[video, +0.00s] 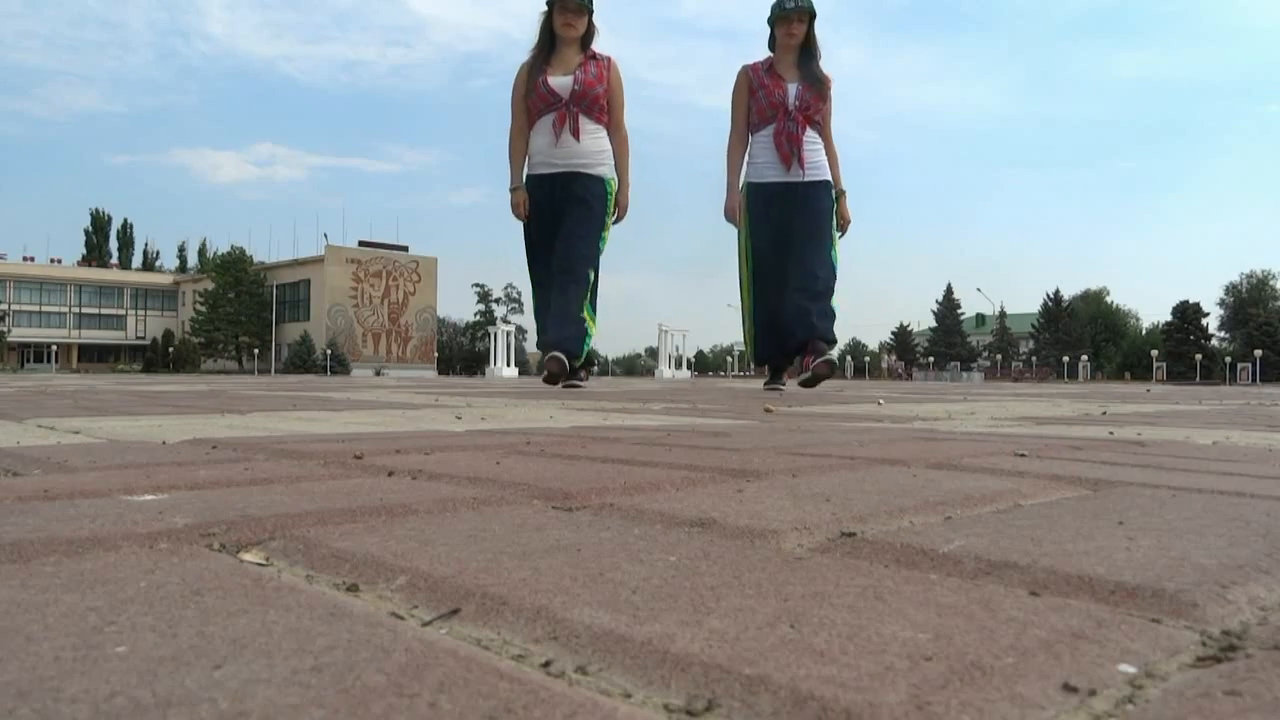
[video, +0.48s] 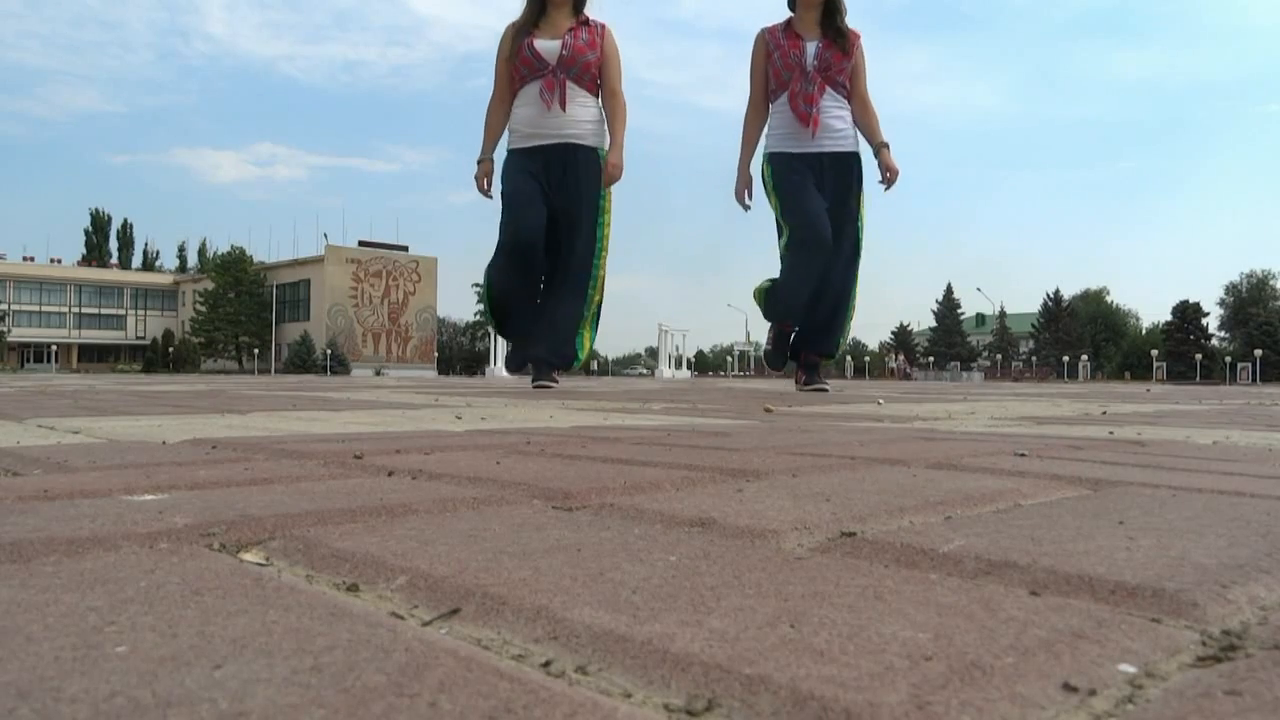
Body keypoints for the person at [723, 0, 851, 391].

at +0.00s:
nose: (792, 27)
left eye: (800, 21)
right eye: (785, 20)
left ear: (809, 27)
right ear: (773, 25)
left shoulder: (819, 80)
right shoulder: (750, 75)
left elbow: (826, 140)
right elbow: (738, 135)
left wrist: (840, 195)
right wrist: (732, 189)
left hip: (813, 186)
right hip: (764, 186)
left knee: (813, 269)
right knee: (769, 274)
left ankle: (815, 353)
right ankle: (776, 367)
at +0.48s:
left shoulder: (849, 39)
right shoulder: (769, 38)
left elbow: (860, 100)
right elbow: (758, 105)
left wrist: (881, 148)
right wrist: (744, 165)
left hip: (841, 159)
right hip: (787, 158)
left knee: (841, 256)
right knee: (814, 238)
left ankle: (812, 361)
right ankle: (782, 321)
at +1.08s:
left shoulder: (890, 5)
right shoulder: (790, 4)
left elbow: (895, 66)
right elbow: (780, 61)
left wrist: (916, 131)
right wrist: (763, 130)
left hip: (872, 124)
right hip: (808, 120)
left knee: (870, 242)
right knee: (817, 238)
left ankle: (843, 341)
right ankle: (846, 361)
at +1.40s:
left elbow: (906, 40)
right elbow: (780, 19)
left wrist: (927, 119)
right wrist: (774, 75)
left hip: (891, 89)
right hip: (820, 89)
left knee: (890, 215)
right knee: (831, 223)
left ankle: (890, 344)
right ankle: (846, 360)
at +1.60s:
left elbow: (926, 26)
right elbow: (794, 5)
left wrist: (950, 108)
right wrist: (776, 80)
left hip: (910, 70)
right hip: (829, 72)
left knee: (903, 215)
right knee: (837, 217)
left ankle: (895, 359)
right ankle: (844, 355)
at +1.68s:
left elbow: (936, 12)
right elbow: (799, 2)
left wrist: (966, 88)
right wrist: (778, 75)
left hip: (921, 56)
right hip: (836, 60)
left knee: (913, 210)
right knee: (841, 210)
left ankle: (893, 357)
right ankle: (840, 333)